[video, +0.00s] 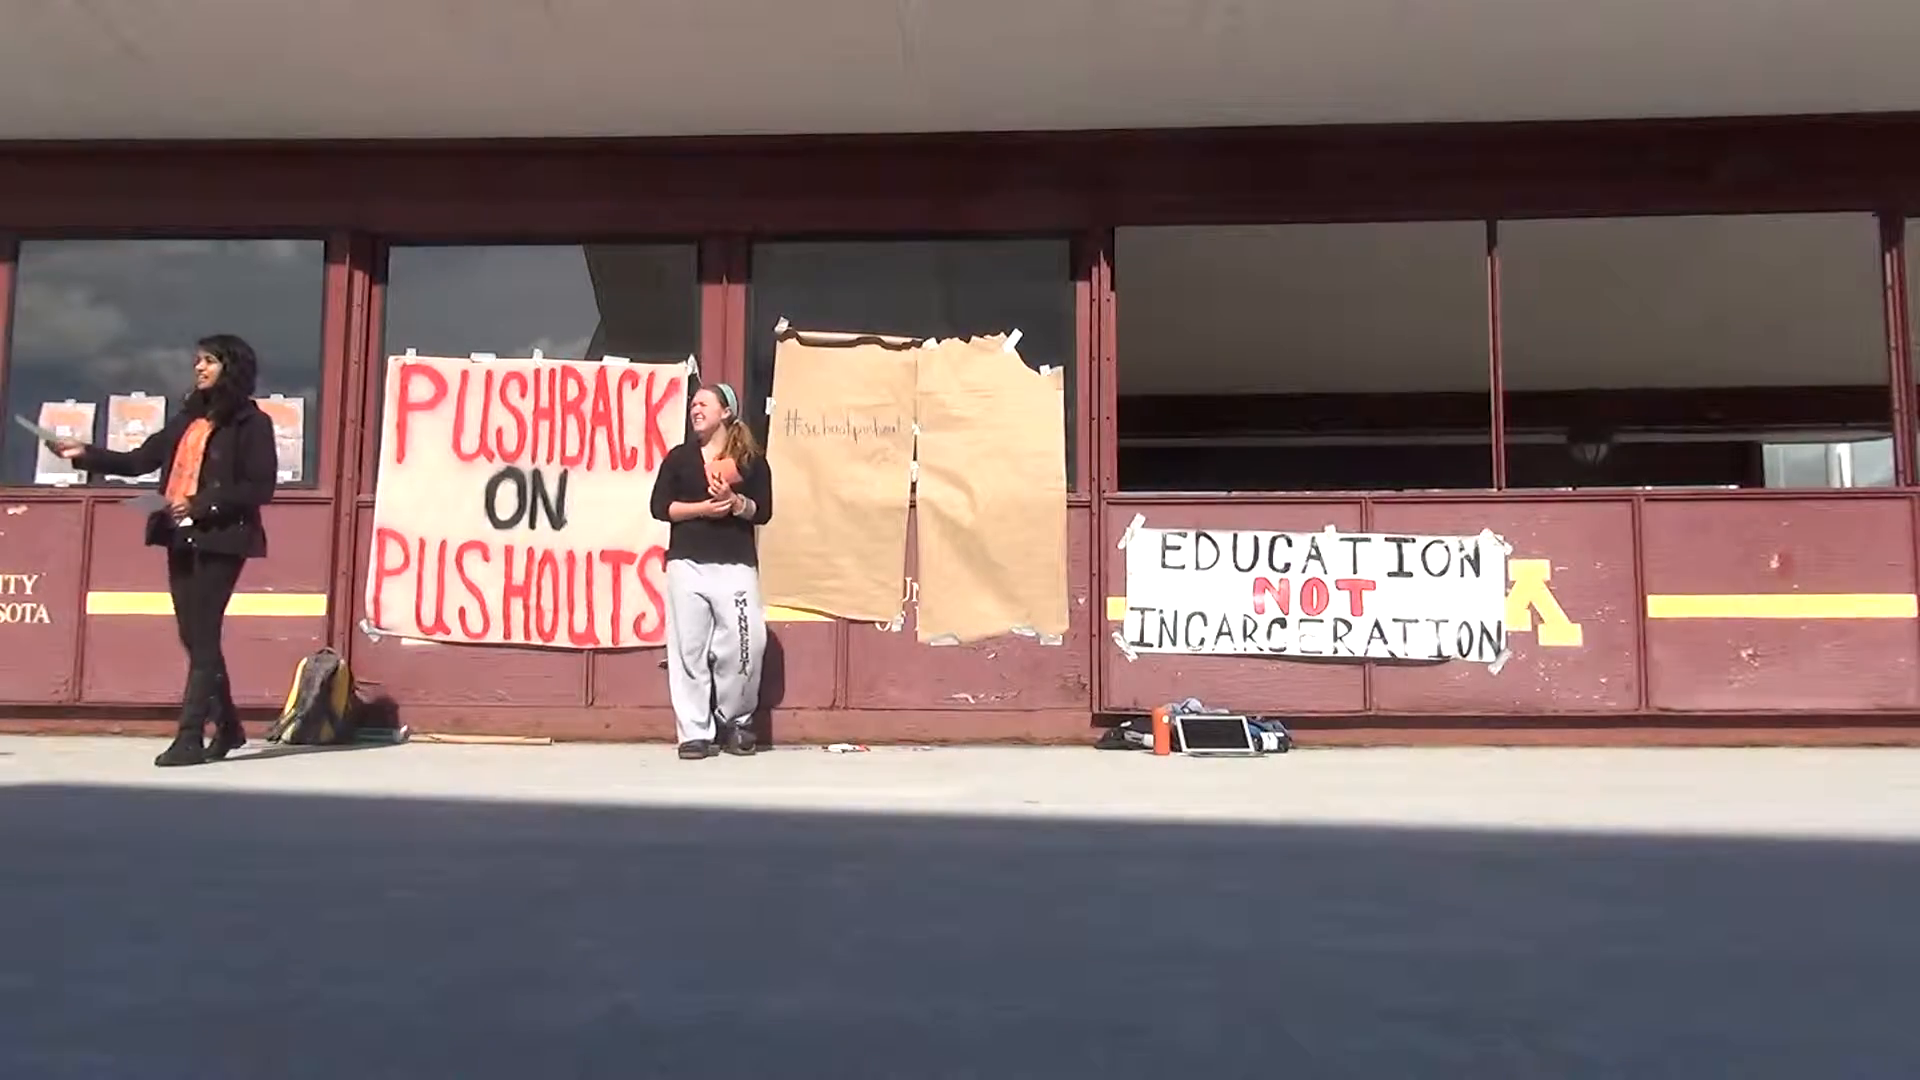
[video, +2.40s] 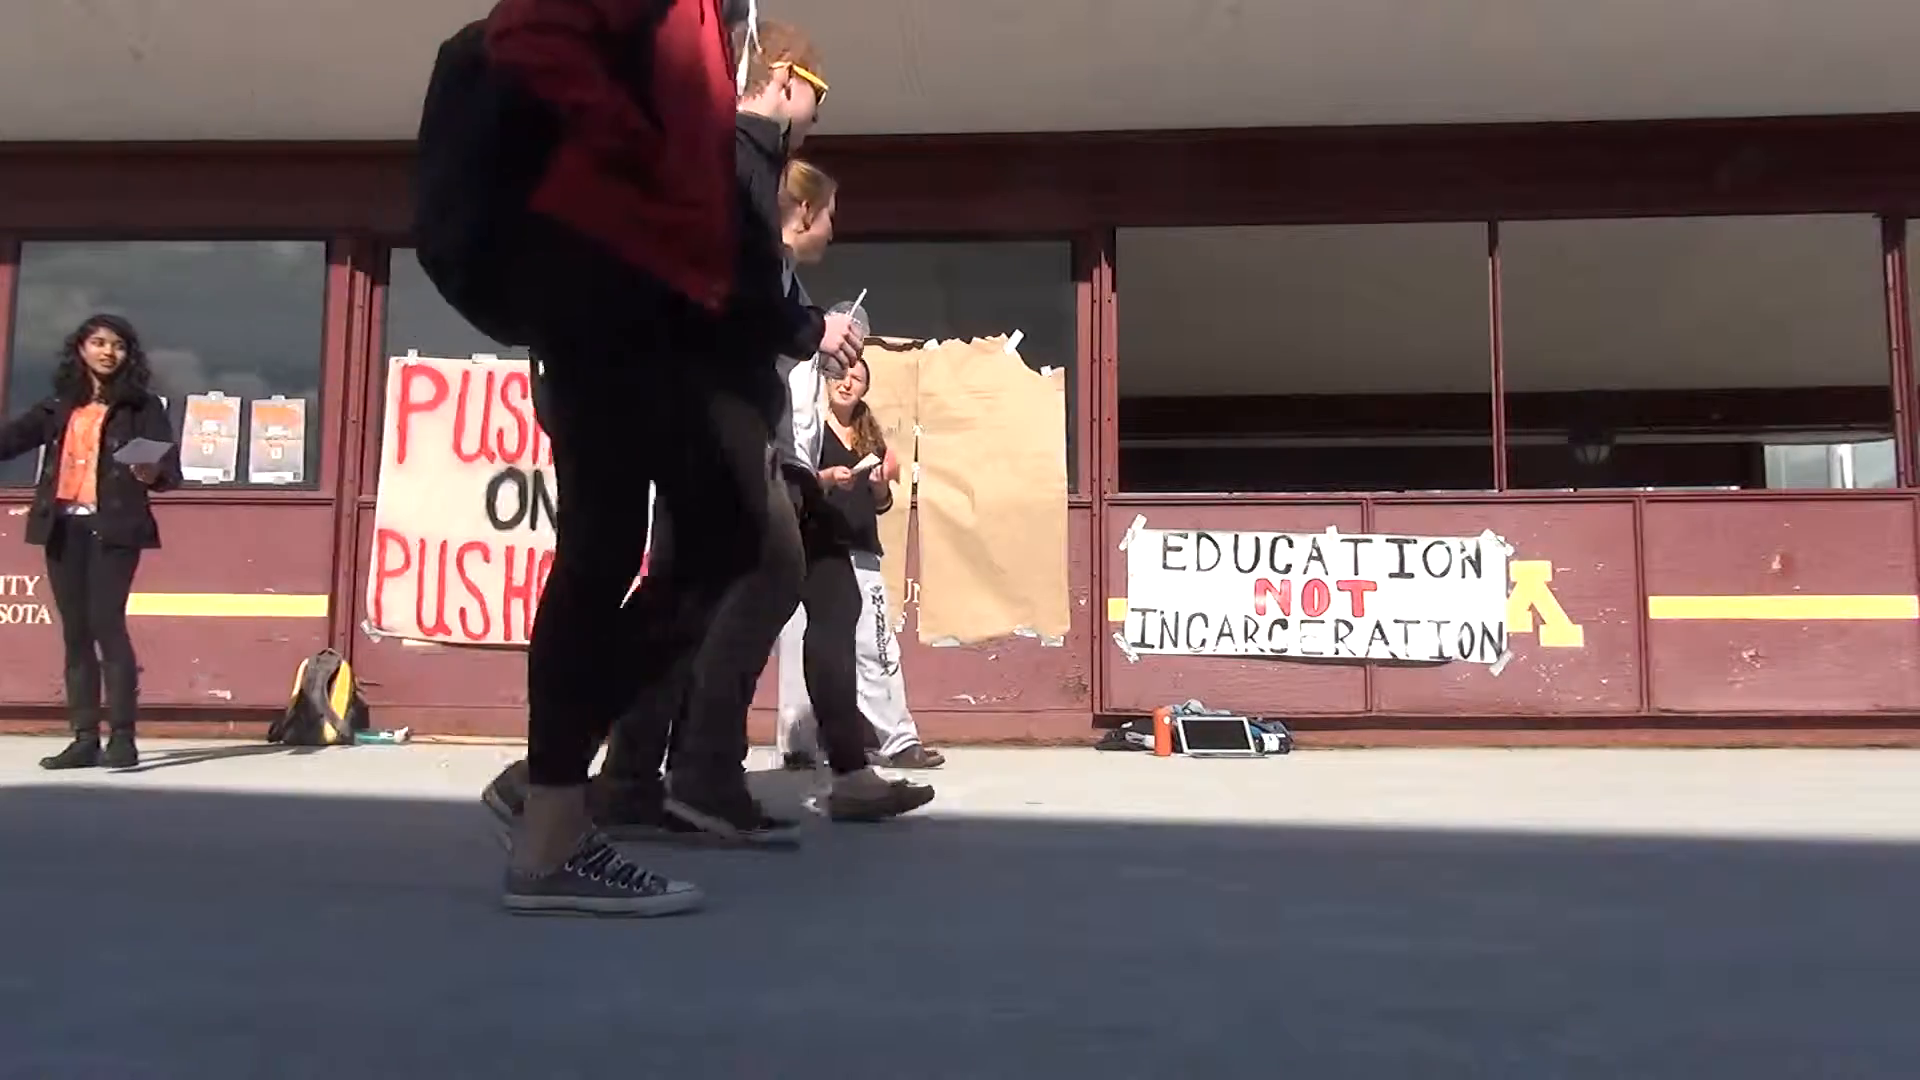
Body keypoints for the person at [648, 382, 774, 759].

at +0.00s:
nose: (695, 410)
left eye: (703, 404)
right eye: (694, 404)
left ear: (726, 412)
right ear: (692, 412)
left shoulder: (750, 458)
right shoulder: (678, 457)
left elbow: (763, 513)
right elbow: (660, 507)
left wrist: (737, 502)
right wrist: (705, 508)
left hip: (735, 563)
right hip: (687, 562)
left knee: (743, 646)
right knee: (689, 648)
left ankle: (735, 723)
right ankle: (695, 733)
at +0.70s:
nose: (742, 402)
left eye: (752, 397)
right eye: (740, 396)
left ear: (774, 406)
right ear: (736, 405)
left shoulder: (796, 455)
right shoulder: (718, 452)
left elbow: (813, 507)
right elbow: (695, 503)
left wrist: (791, 506)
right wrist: (725, 504)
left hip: (780, 564)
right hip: (729, 562)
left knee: (781, 651)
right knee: (717, 648)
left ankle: (785, 736)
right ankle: (699, 735)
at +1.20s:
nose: (797, 400)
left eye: (805, 394)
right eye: (791, 395)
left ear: (821, 403)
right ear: (784, 403)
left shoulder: (837, 452)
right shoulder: (771, 442)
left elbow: (850, 511)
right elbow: (756, 484)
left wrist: (834, 493)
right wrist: (754, 480)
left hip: (818, 559)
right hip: (772, 553)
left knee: (809, 646)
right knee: (773, 641)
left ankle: (792, 737)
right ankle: (756, 737)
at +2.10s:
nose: (820, 382)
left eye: (830, 379)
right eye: (815, 375)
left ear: (841, 391)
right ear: (803, 382)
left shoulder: (849, 438)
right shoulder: (776, 429)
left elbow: (858, 504)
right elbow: (764, 482)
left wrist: (859, 487)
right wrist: (795, 476)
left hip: (842, 555)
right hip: (791, 551)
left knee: (855, 646)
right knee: (793, 649)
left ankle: (840, 737)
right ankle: (795, 743)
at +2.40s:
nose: (847, 382)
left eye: (856, 377)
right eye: (841, 374)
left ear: (866, 388)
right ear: (827, 381)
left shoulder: (870, 434)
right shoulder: (808, 428)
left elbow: (881, 504)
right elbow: (788, 479)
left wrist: (879, 484)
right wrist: (822, 478)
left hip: (861, 552)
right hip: (811, 550)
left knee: (875, 647)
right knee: (800, 652)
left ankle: (897, 739)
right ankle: (801, 746)